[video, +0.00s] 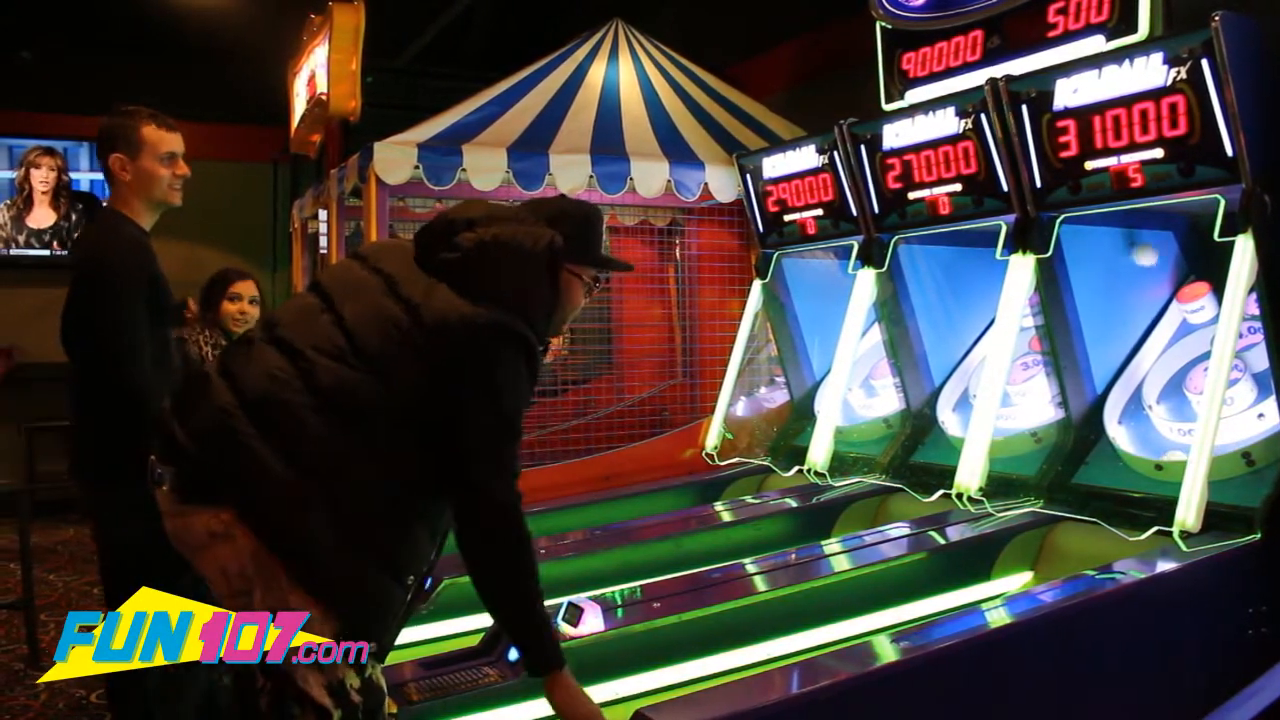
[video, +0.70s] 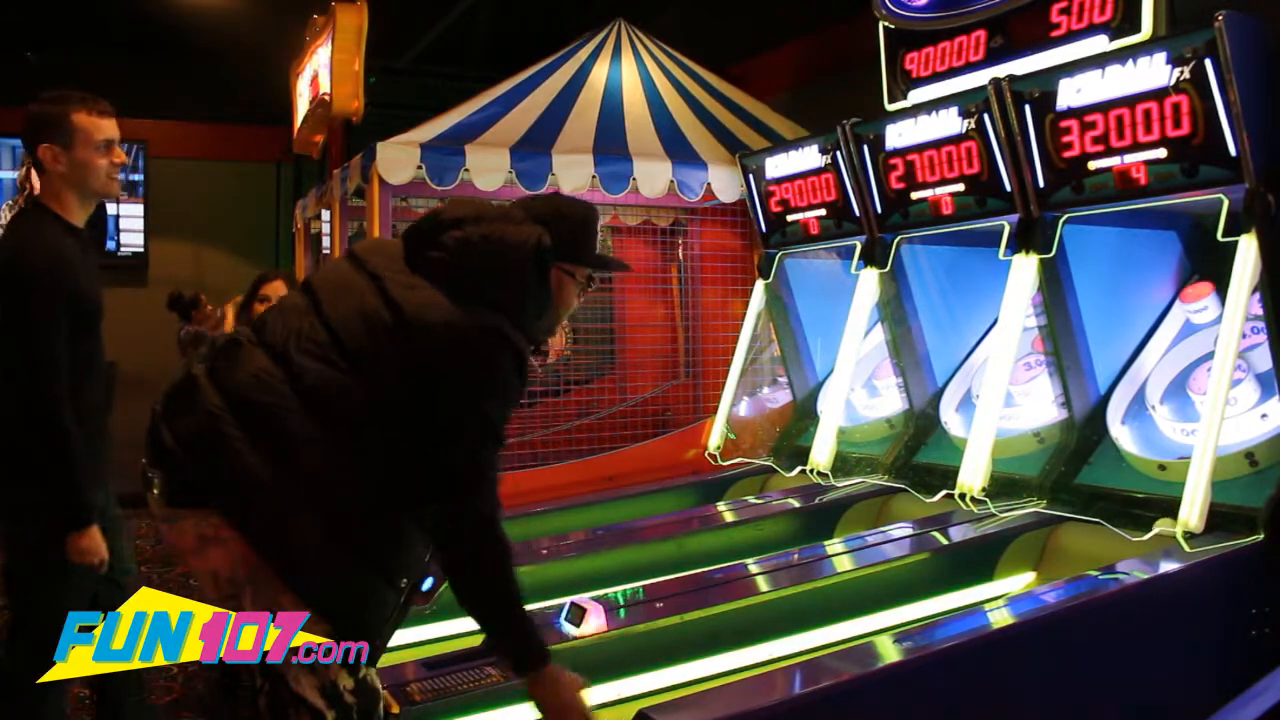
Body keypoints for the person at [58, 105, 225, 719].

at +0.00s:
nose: (183, 172)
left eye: (183, 161)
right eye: (169, 160)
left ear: (131, 171)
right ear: (122, 167)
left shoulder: (114, 240)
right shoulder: (118, 249)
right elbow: (133, 370)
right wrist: (166, 448)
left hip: (117, 454)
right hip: (123, 461)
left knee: (139, 603)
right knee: (156, 603)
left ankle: (138, 703)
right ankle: (151, 706)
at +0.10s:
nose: (174, 170)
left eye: (173, 158)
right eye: (160, 158)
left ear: (123, 171)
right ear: (113, 167)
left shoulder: (115, 241)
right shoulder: (109, 250)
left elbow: (132, 357)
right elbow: (124, 371)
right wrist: (151, 456)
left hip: (120, 456)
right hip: (118, 462)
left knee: (138, 601)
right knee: (152, 602)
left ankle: (135, 703)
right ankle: (145, 705)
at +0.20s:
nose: (164, 169)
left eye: (163, 156)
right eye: (148, 156)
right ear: (100, 166)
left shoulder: (109, 246)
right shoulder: (94, 255)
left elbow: (118, 376)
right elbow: (106, 392)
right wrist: (146, 498)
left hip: (115, 470)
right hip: (112, 478)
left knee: (127, 624)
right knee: (132, 627)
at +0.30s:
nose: (153, 167)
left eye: (152, 155)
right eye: (137, 155)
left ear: (97, 167)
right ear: (86, 165)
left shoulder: (93, 244)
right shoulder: (83, 253)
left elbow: (105, 387)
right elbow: (96, 397)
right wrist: (136, 507)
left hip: (99, 476)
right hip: (97, 485)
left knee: (105, 633)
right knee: (110, 638)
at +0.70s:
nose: (119, 160)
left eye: (119, 148)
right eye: (105, 149)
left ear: (63, 163)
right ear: (52, 160)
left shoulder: (65, 242)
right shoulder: (35, 251)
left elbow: (69, 386)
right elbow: (43, 399)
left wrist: (93, 491)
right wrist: (77, 517)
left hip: (78, 478)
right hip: (45, 490)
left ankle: (121, 704)